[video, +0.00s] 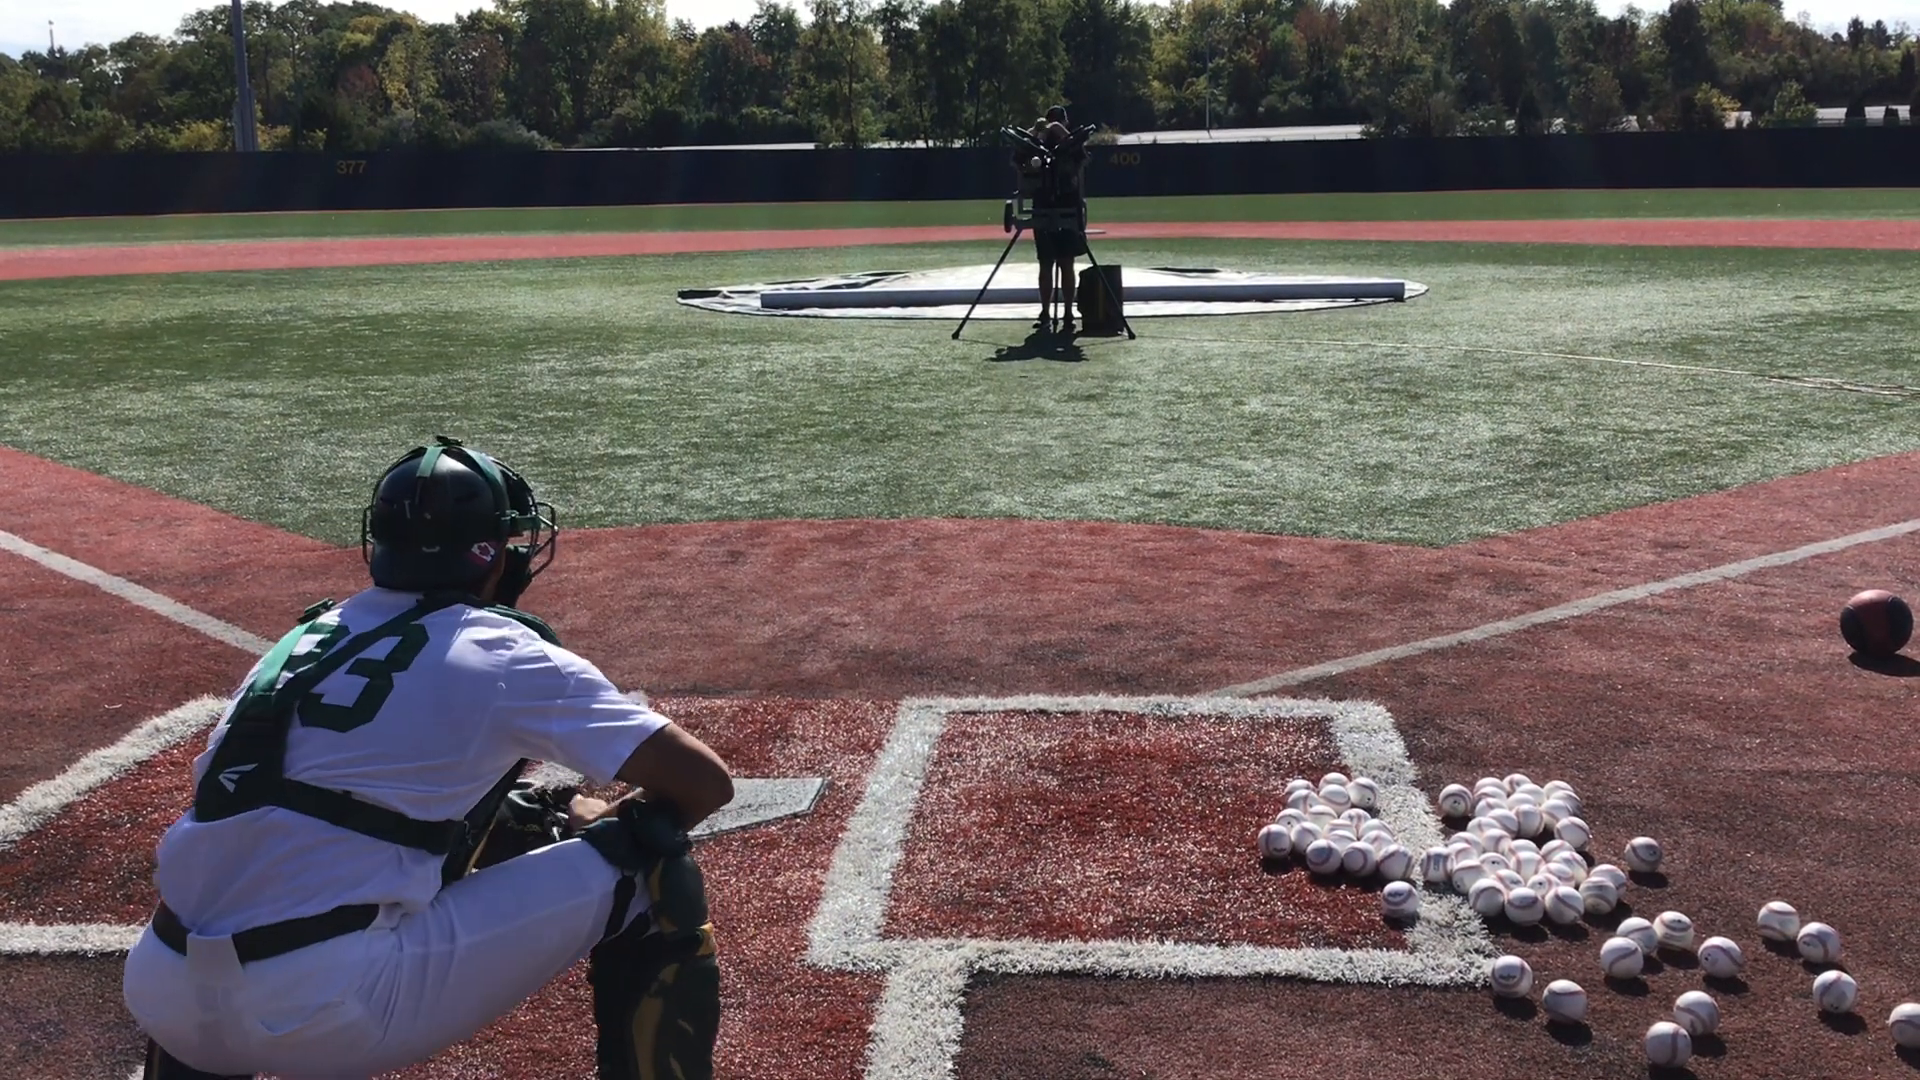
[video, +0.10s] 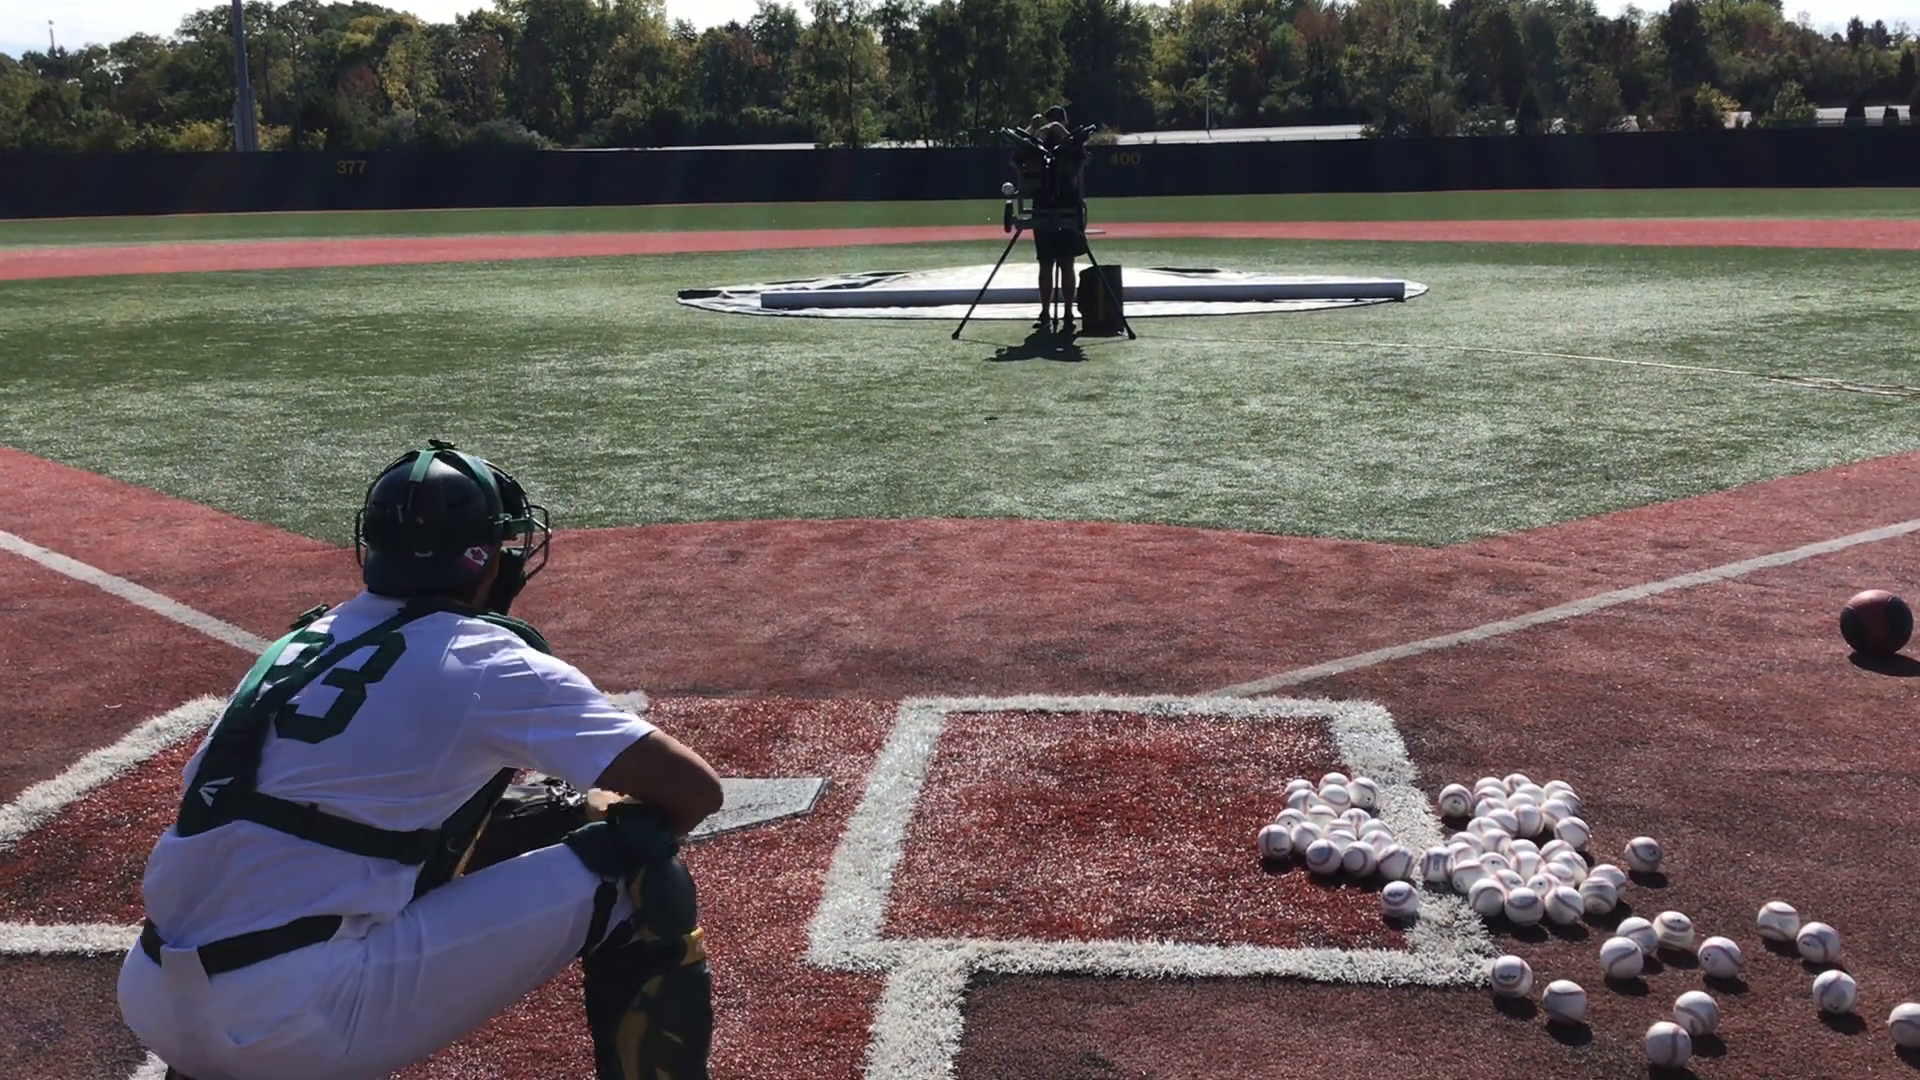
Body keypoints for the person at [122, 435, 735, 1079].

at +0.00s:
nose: (519, 555)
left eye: (517, 540)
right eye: (509, 542)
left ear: (384, 548)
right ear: (482, 560)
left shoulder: (312, 627)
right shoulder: (496, 650)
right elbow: (704, 783)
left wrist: (491, 813)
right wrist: (619, 810)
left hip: (160, 994)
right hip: (314, 1011)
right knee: (650, 856)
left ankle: (184, 1063)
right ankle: (654, 1063)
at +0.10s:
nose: (512, 558)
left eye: (510, 542)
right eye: (503, 545)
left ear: (378, 554)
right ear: (476, 565)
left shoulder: (312, 631)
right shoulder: (478, 657)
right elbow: (693, 789)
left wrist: (530, 822)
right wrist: (593, 821)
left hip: (154, 997)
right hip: (290, 1016)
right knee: (636, 861)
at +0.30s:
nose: (504, 572)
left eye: (501, 555)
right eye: (496, 558)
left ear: (369, 567)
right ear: (472, 578)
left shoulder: (311, 633)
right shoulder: (467, 677)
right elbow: (673, 817)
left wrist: (493, 819)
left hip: (184, 1013)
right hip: (285, 1030)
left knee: (488, 819)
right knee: (625, 869)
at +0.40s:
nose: (505, 563)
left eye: (502, 545)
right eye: (497, 549)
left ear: (365, 555)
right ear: (473, 566)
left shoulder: (295, 637)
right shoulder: (493, 670)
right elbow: (591, 831)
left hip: (206, 1017)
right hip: (316, 1018)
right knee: (652, 872)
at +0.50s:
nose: (499, 540)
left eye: (495, 524)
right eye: (491, 526)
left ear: (367, 532)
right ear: (468, 542)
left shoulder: (290, 640)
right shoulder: (516, 657)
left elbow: (249, 817)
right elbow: (522, 869)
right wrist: (522, 994)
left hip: (238, 1005)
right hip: (368, 1000)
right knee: (701, 877)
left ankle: (292, 1053)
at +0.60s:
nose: (504, 537)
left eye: (501, 520)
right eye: (497, 522)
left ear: (375, 529)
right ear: (473, 535)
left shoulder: (290, 652)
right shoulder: (520, 625)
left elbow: (209, 826)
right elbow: (560, 800)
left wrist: (324, 858)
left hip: (305, 996)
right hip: (452, 974)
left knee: (357, 1039)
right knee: (746, 920)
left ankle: (307, 1066)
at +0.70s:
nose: (516, 540)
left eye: (515, 525)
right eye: (511, 525)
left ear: (400, 520)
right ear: (493, 527)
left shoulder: (308, 643)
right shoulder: (542, 605)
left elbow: (272, 837)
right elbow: (603, 769)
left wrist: (375, 813)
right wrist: (545, 838)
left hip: (368, 958)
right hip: (526, 939)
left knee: (374, 1055)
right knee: (747, 1000)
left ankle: (320, 1064)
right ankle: (727, 1057)